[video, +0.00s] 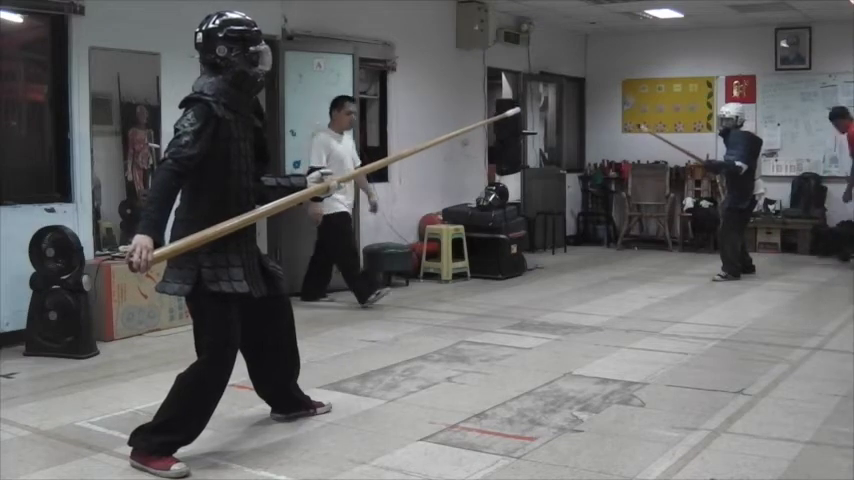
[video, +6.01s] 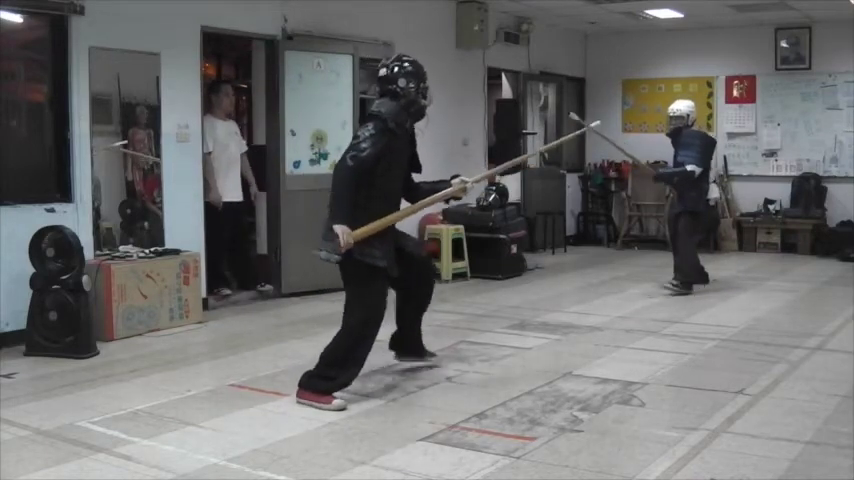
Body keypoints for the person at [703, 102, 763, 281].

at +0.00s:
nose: (722, 124)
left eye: (726, 120)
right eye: (721, 120)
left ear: (736, 121)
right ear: (722, 120)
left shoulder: (741, 138)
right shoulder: (733, 138)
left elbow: (738, 166)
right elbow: (732, 163)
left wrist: (711, 165)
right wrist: (713, 166)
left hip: (741, 194)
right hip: (738, 193)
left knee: (727, 230)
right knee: (733, 229)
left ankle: (731, 270)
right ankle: (745, 264)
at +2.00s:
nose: (718, 123)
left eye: (722, 119)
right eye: (717, 119)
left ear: (732, 120)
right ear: (718, 120)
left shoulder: (737, 137)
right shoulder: (728, 138)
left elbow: (734, 166)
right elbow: (728, 164)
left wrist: (705, 166)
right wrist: (705, 166)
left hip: (737, 193)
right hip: (734, 192)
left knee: (727, 230)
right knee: (732, 229)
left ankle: (731, 270)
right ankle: (744, 263)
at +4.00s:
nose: (676, 126)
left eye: (680, 122)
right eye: (674, 122)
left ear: (690, 122)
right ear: (671, 122)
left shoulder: (696, 141)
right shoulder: (681, 142)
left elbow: (690, 172)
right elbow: (683, 169)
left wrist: (662, 178)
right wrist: (666, 177)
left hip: (697, 198)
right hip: (685, 197)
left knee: (687, 236)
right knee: (676, 235)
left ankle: (693, 282)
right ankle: (687, 274)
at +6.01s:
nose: (672, 122)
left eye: (677, 119)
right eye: (671, 118)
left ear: (688, 119)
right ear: (669, 118)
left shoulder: (695, 138)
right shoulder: (680, 140)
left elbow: (693, 171)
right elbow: (681, 168)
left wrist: (662, 174)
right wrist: (663, 171)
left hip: (693, 195)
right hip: (682, 194)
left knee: (684, 231)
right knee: (676, 229)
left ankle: (685, 281)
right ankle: (692, 273)